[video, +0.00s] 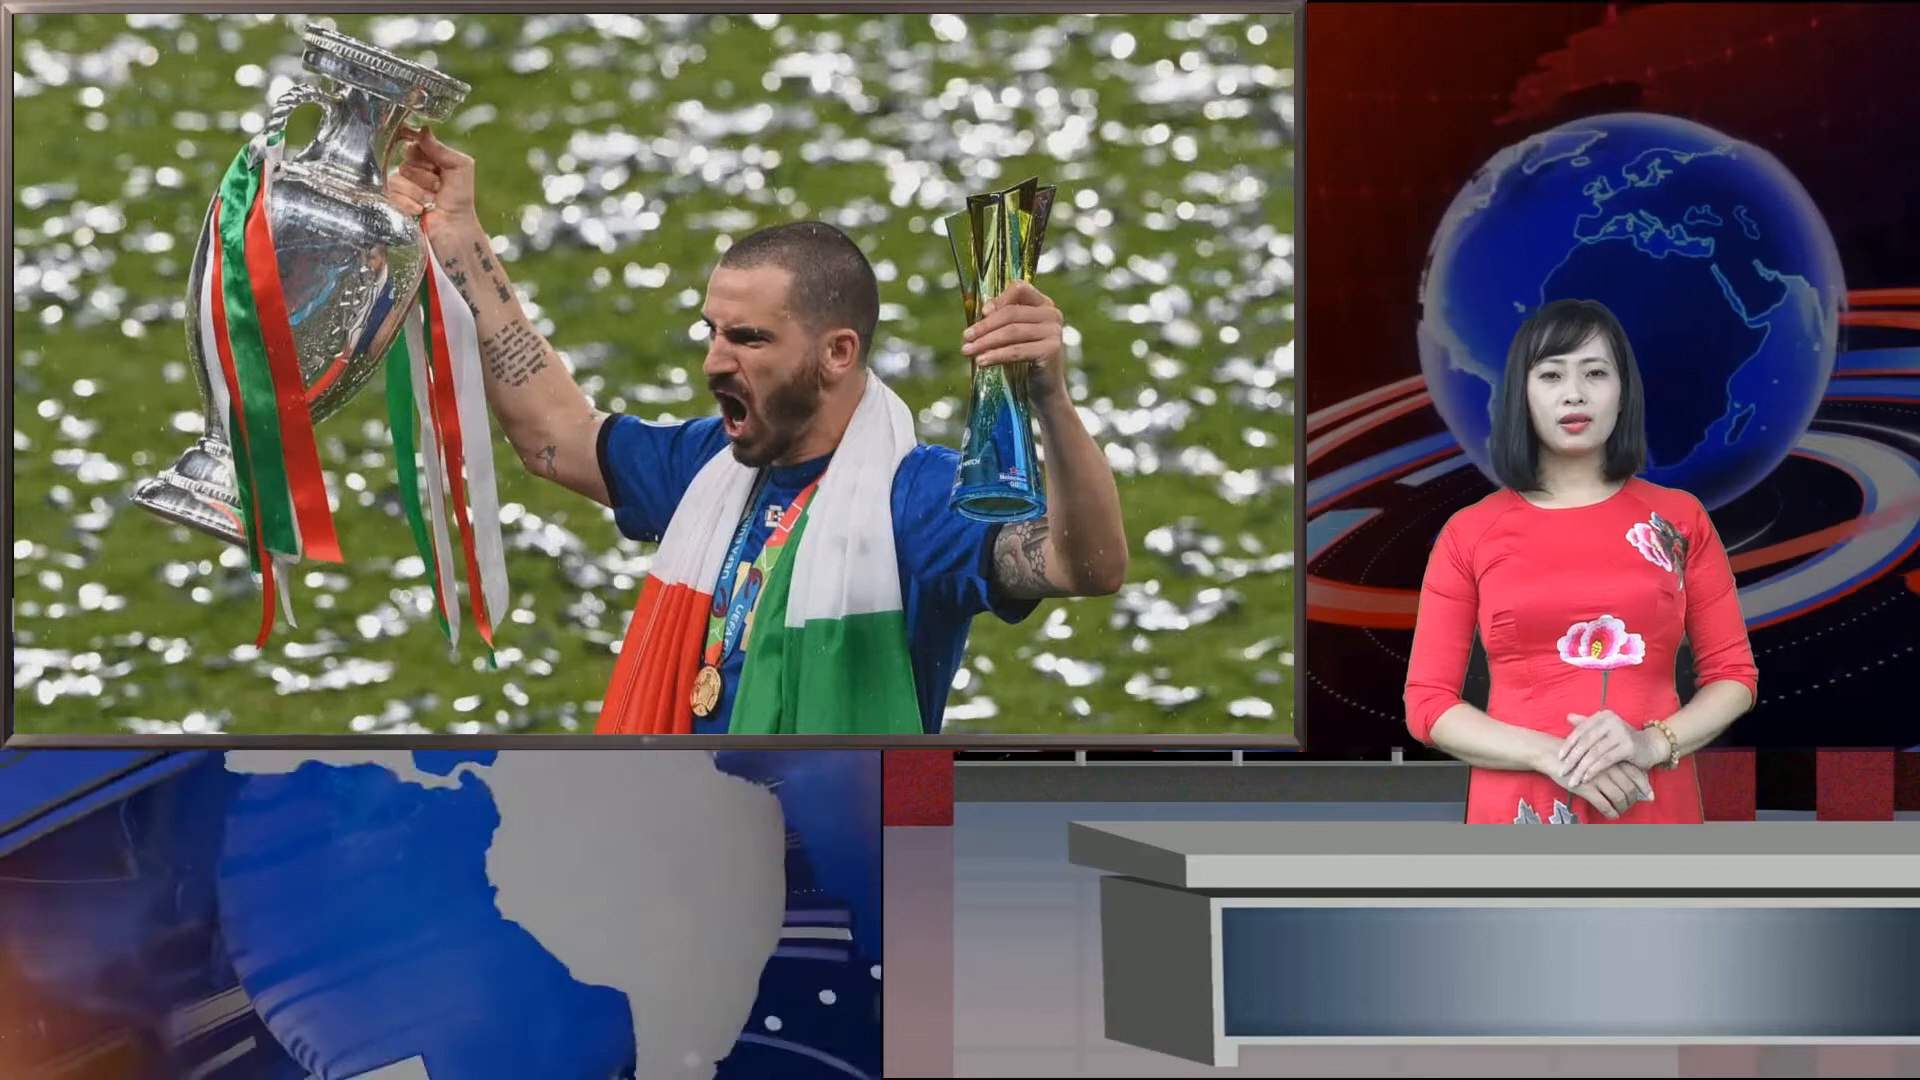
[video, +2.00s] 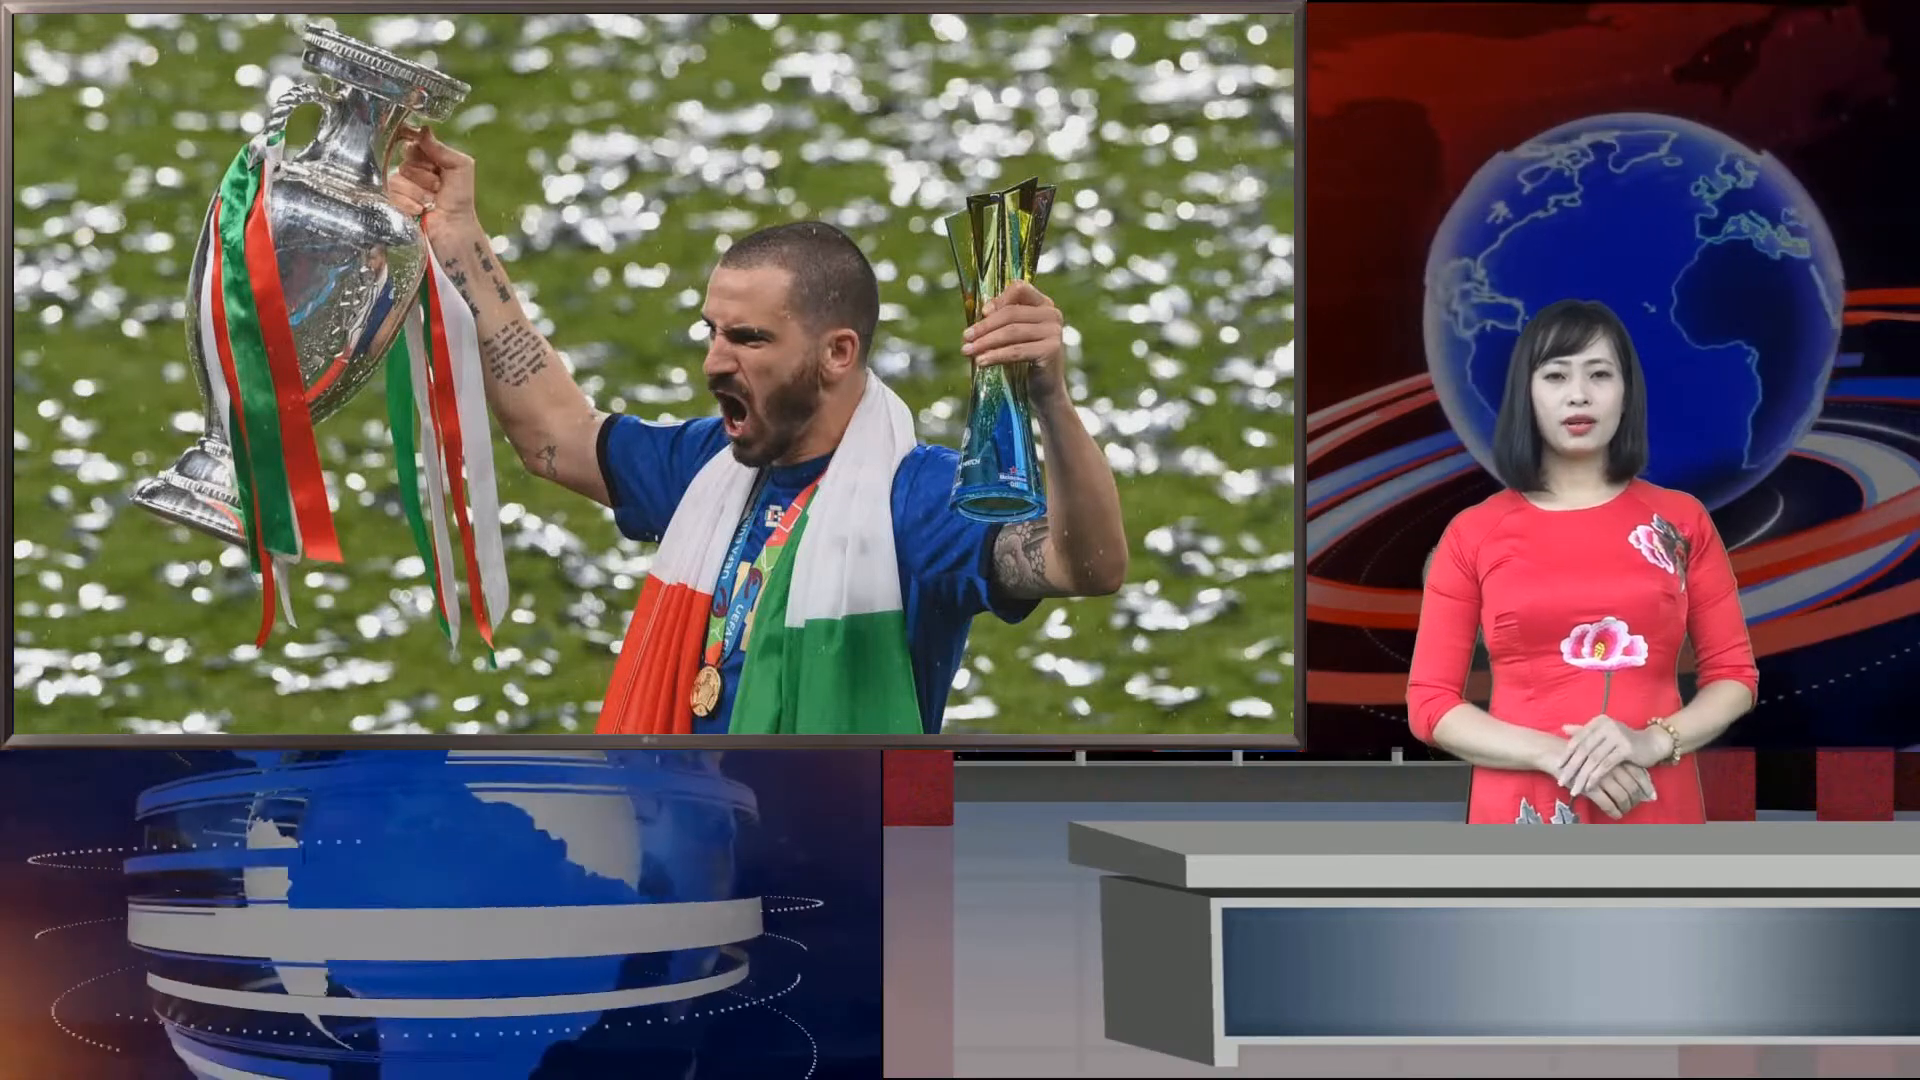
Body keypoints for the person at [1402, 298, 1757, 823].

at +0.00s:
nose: (1574, 393)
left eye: (1595, 373)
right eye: (1551, 375)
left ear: (1623, 391)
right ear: (1522, 393)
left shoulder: (1678, 519)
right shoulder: (1471, 534)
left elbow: (1733, 678)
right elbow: (1428, 704)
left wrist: (1651, 742)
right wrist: (1552, 753)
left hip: (1657, 825)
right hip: (1517, 825)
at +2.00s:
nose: (1578, 394)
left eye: (1599, 375)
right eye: (1556, 375)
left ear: (1626, 393)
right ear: (1527, 393)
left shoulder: (1680, 521)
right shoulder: (1474, 535)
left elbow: (1734, 679)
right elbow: (1430, 704)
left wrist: (1653, 740)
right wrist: (1557, 752)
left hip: (1659, 823)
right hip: (1519, 825)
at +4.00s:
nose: (1581, 392)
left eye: (1602, 372)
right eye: (1559, 374)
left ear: (1629, 391)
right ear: (1531, 393)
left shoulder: (1685, 521)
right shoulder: (1479, 534)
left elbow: (1740, 679)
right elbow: (1433, 701)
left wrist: (1650, 717)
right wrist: (1555, 752)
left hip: (1662, 822)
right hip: (1523, 822)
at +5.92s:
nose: (1579, 395)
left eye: (1600, 375)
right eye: (1557, 377)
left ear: (1628, 392)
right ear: (1529, 394)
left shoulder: (1683, 522)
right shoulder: (1479, 533)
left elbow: (1737, 679)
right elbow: (1432, 701)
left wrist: (1651, 727)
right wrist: (1565, 752)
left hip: (1661, 823)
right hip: (1521, 824)